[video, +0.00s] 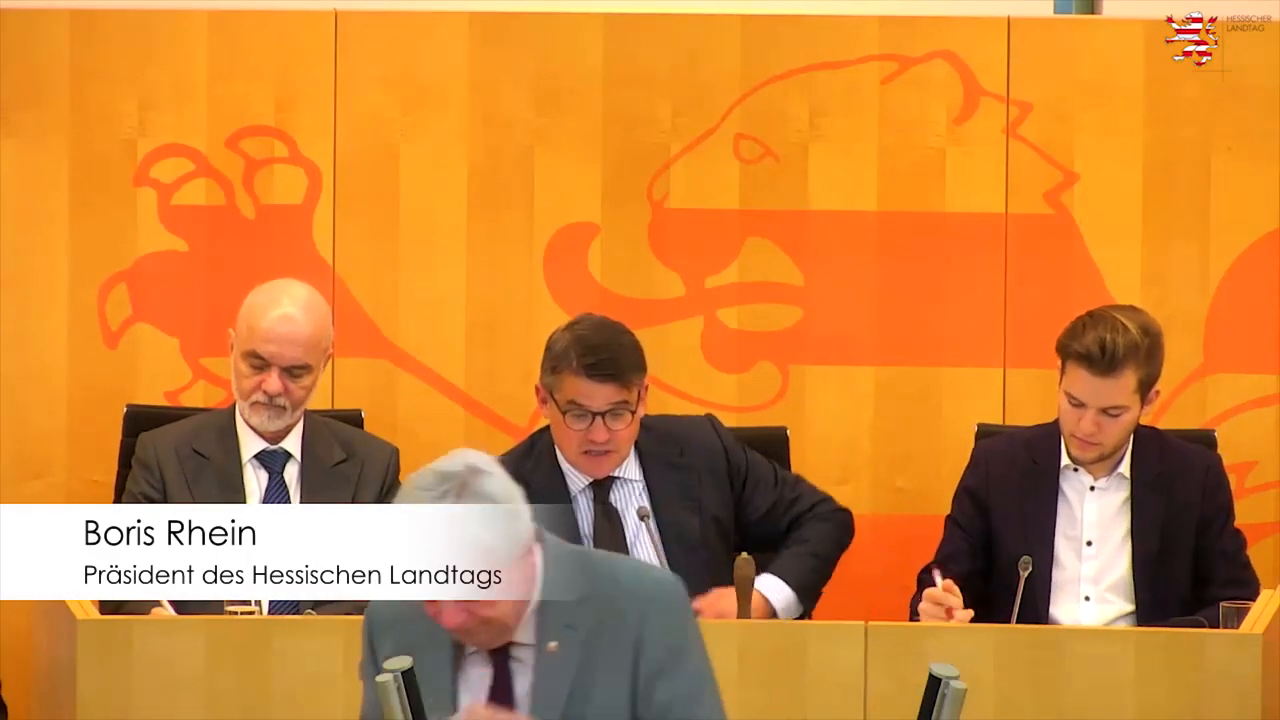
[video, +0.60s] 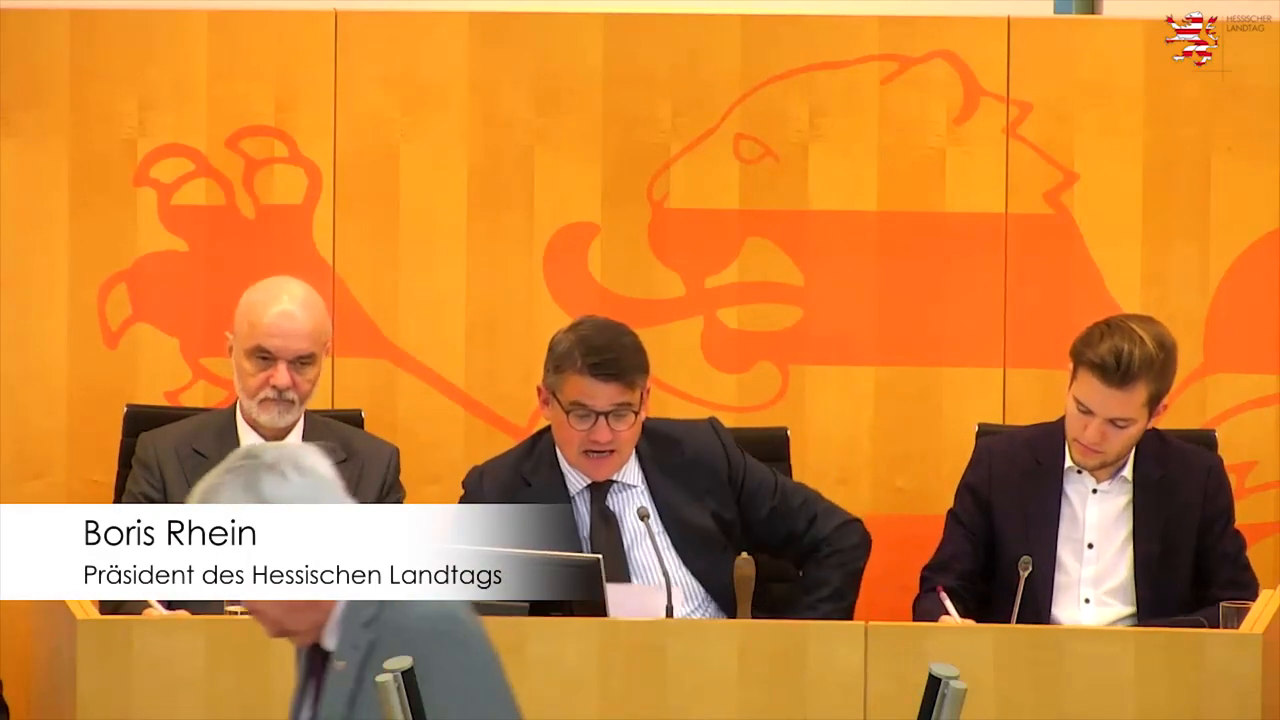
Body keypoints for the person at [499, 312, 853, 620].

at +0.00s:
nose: (599, 434)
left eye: (616, 412)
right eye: (578, 414)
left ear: (642, 395)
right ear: (544, 400)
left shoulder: (703, 450)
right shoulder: (504, 490)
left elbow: (825, 519)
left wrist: (764, 599)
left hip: (713, 670)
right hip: (574, 683)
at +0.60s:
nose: (602, 436)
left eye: (619, 415)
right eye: (581, 415)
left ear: (644, 398)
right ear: (546, 400)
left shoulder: (705, 455)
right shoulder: (495, 490)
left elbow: (840, 540)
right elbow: (468, 624)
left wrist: (797, 655)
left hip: (718, 670)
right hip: (579, 683)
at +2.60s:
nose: (611, 421)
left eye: (627, 400)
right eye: (589, 401)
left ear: (649, 391)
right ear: (551, 397)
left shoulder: (707, 451)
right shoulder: (501, 485)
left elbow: (813, 581)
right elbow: (464, 619)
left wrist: (769, 680)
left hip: (707, 674)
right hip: (566, 684)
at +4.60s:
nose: (610, 433)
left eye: (624, 411)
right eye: (587, 416)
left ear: (641, 394)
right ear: (545, 409)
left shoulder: (703, 452)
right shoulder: (497, 488)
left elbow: (810, 582)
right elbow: (470, 625)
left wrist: (763, 678)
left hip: (706, 672)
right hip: (566, 683)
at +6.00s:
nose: (614, 436)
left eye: (630, 414)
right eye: (591, 418)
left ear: (647, 395)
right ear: (549, 407)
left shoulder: (703, 455)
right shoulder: (497, 487)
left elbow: (811, 582)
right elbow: (458, 621)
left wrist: (757, 676)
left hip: (701, 677)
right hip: (562, 685)